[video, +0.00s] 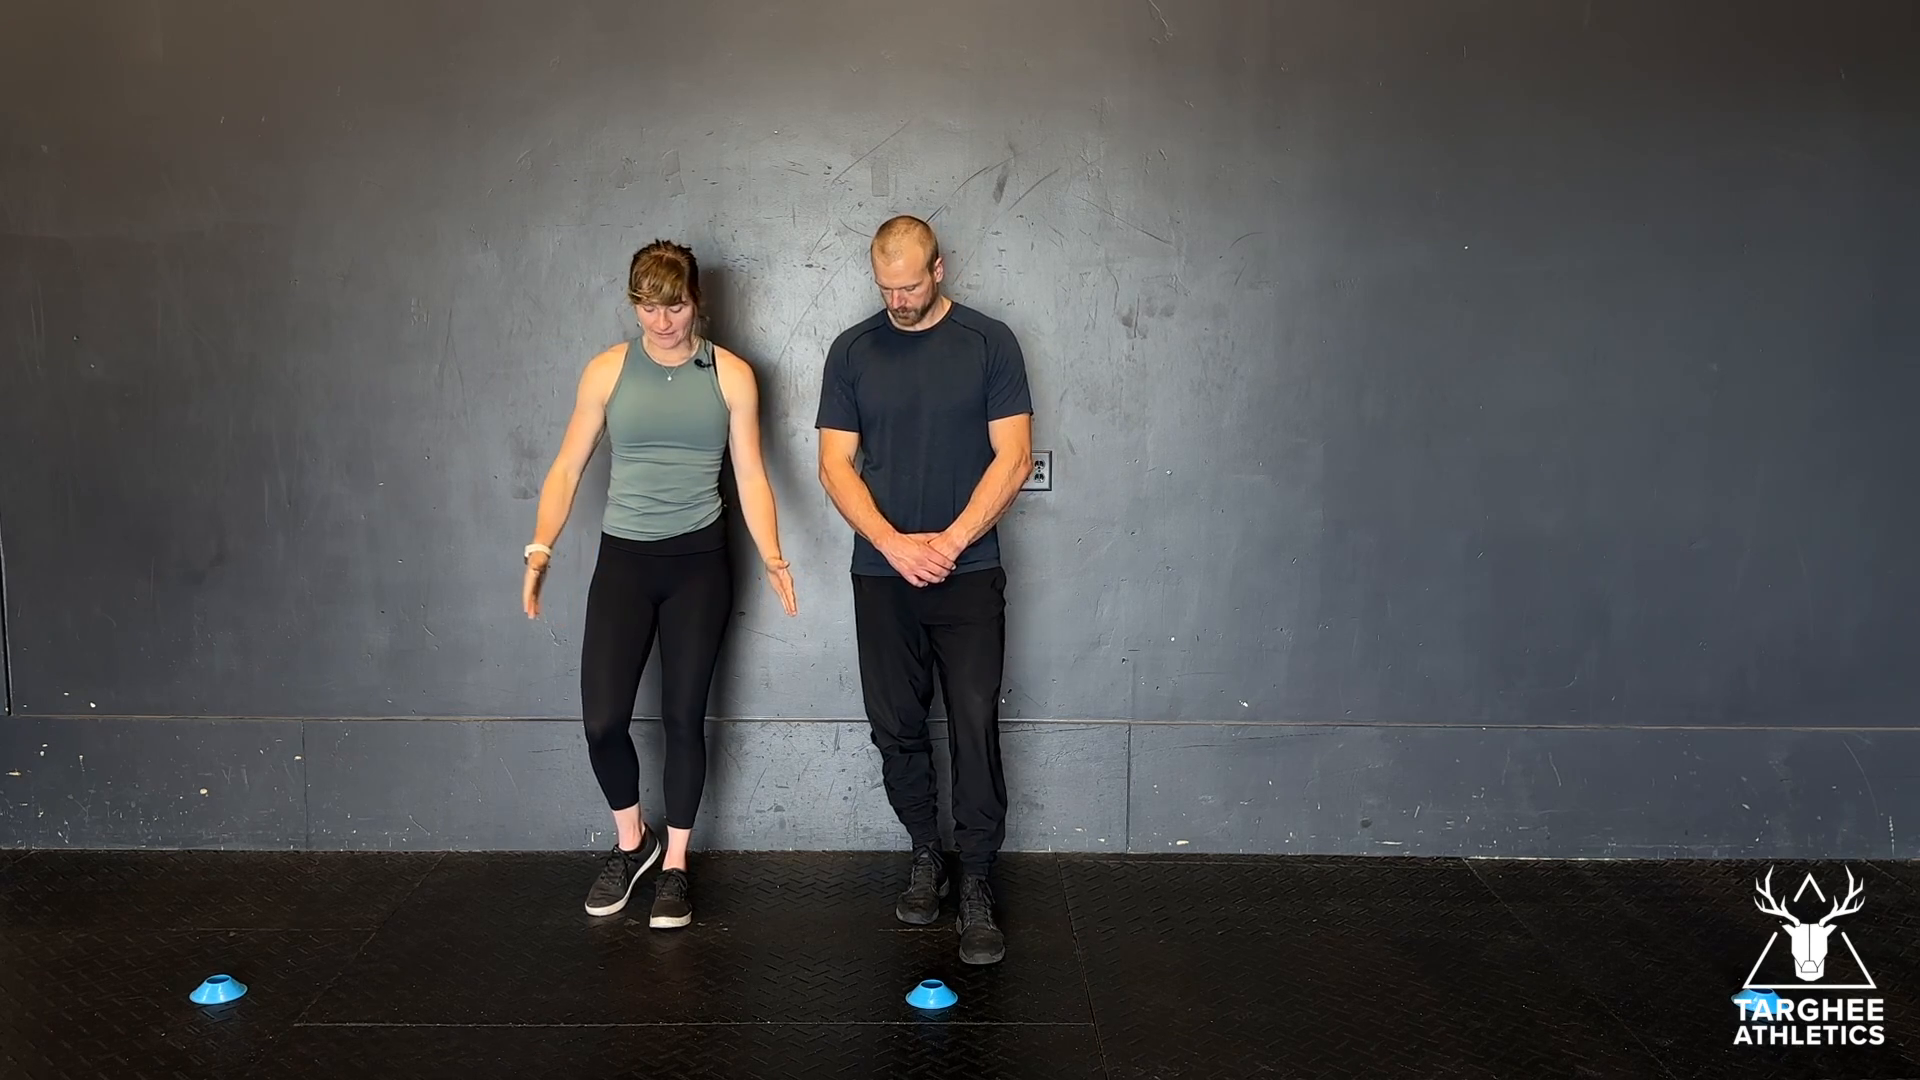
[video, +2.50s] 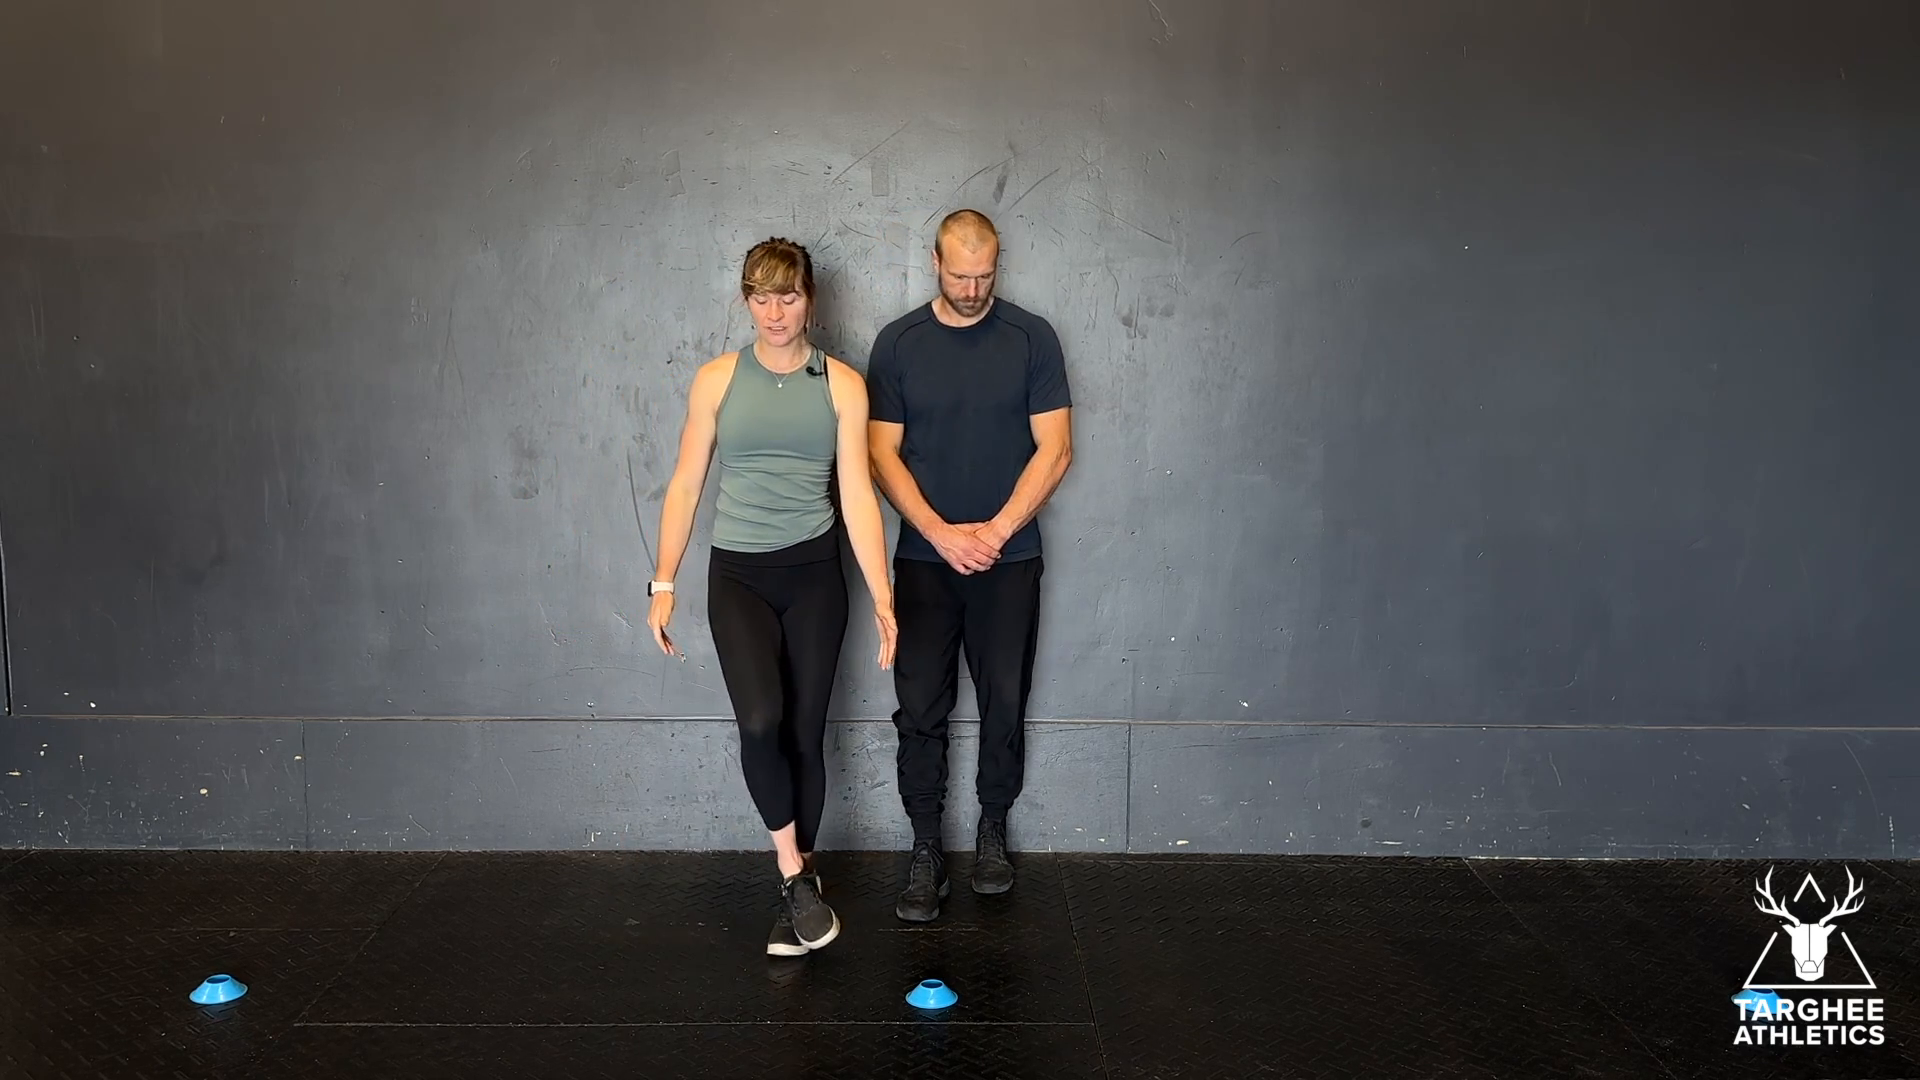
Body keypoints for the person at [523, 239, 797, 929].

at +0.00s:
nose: (664, 321)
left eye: (675, 308)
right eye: (651, 310)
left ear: (694, 303)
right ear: (635, 307)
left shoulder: (730, 375)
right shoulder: (607, 370)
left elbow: (751, 475)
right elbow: (567, 467)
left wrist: (773, 557)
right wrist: (538, 552)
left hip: (700, 561)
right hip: (623, 561)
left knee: (683, 714)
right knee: (602, 721)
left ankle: (675, 865)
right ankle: (631, 842)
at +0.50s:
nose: (667, 314)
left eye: (676, 299)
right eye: (652, 303)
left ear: (691, 299)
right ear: (631, 307)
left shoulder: (726, 375)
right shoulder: (607, 375)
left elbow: (751, 475)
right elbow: (559, 470)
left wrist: (778, 559)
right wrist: (504, 549)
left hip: (700, 561)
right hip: (624, 561)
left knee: (683, 715)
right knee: (596, 716)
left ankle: (674, 868)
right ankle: (634, 848)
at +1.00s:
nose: (675, 315)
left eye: (684, 300)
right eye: (660, 303)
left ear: (699, 301)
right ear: (636, 304)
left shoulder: (730, 376)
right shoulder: (608, 377)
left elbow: (754, 474)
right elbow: (565, 474)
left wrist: (786, 557)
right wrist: (518, 555)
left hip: (703, 562)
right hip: (626, 564)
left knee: (687, 716)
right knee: (615, 724)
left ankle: (676, 868)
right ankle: (642, 855)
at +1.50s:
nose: (685, 311)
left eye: (693, 298)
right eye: (670, 299)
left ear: (701, 300)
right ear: (639, 302)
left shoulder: (725, 374)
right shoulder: (604, 378)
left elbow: (746, 471)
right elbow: (568, 484)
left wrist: (782, 524)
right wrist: (569, 575)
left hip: (710, 565)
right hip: (633, 570)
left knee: (733, 722)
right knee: (634, 724)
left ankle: (734, 869)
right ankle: (635, 871)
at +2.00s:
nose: (747, 313)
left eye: (757, 299)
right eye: (732, 301)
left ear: (771, 302)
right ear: (708, 305)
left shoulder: (803, 380)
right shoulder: (680, 383)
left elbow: (826, 489)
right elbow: (663, 487)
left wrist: (856, 587)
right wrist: (662, 573)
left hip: (791, 570)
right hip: (710, 572)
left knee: (788, 733)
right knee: (675, 739)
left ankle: (795, 889)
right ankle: (660, 861)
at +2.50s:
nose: (775, 308)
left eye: (788, 294)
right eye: (762, 295)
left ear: (808, 301)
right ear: (747, 303)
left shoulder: (843, 385)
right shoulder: (716, 379)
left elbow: (858, 496)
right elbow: (685, 484)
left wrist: (882, 597)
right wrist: (664, 578)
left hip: (819, 573)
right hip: (738, 574)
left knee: (803, 733)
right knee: (761, 722)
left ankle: (794, 880)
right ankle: (796, 877)